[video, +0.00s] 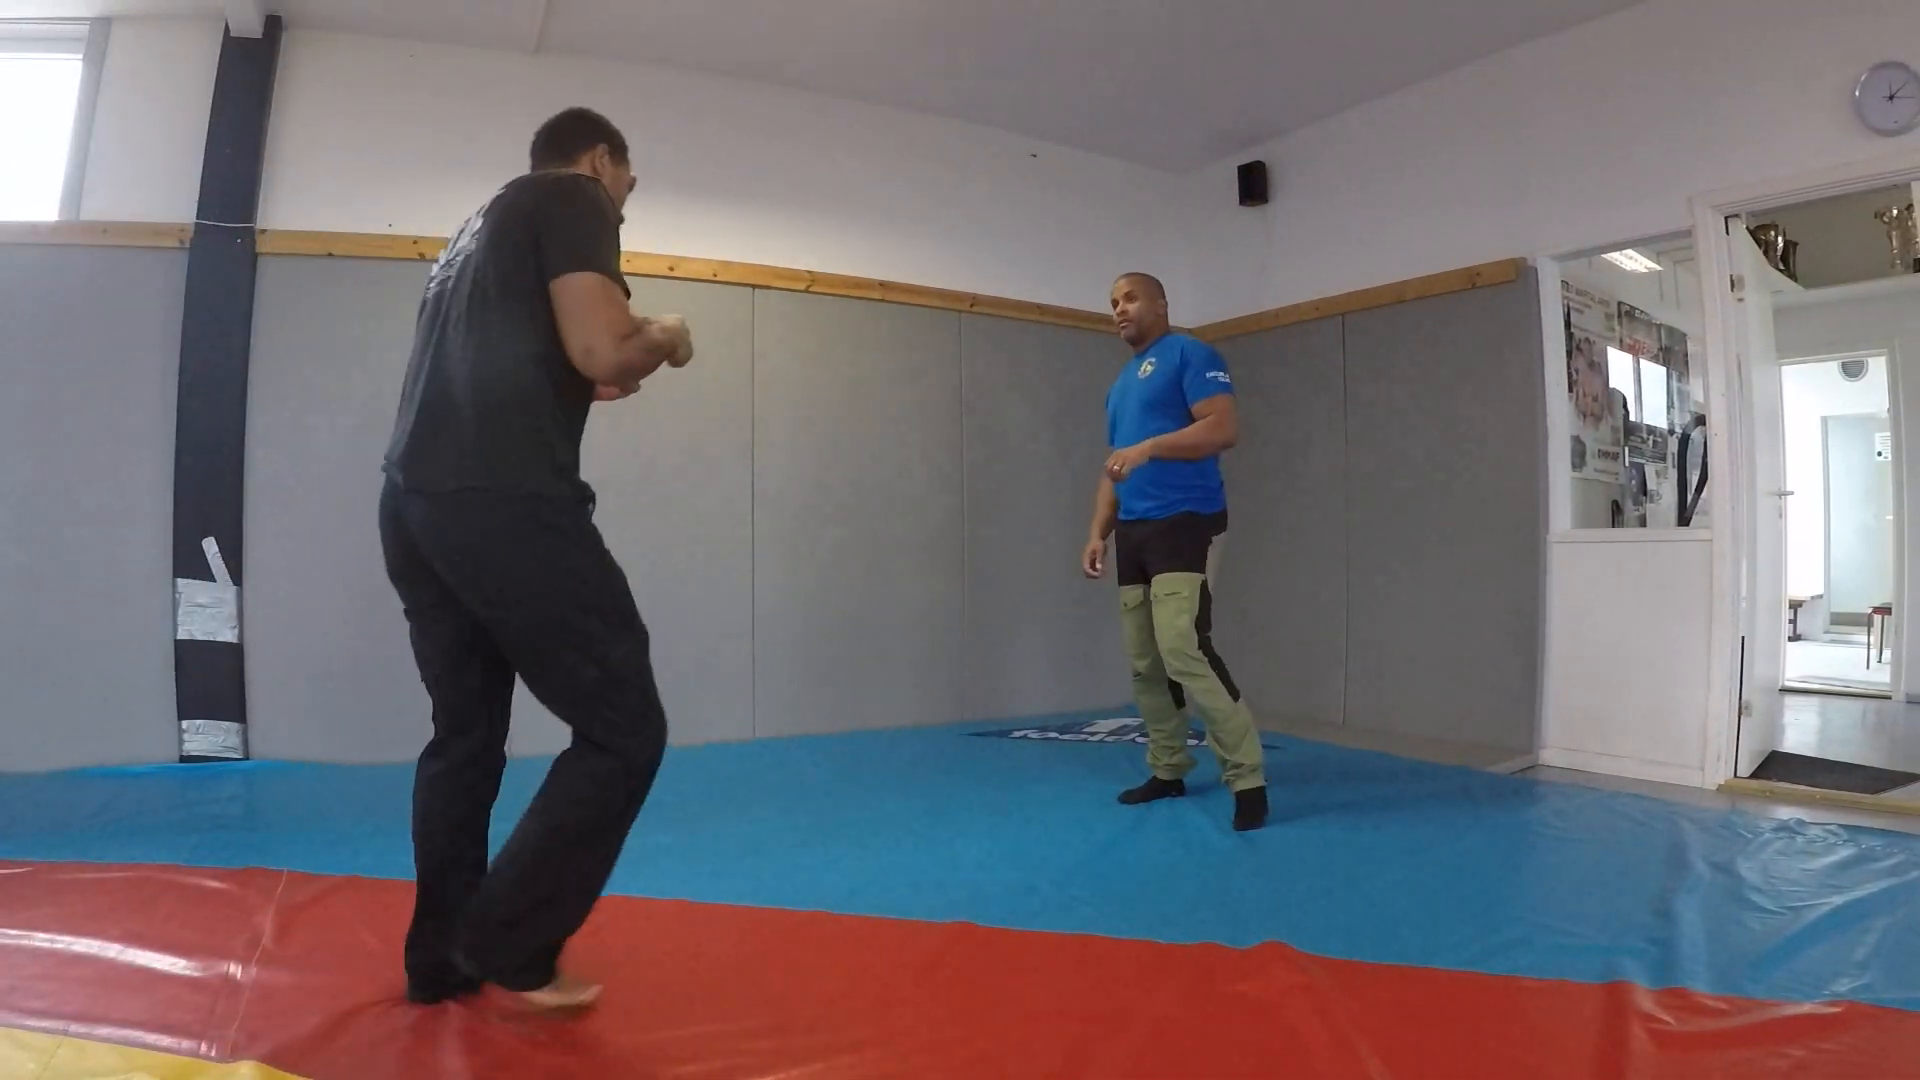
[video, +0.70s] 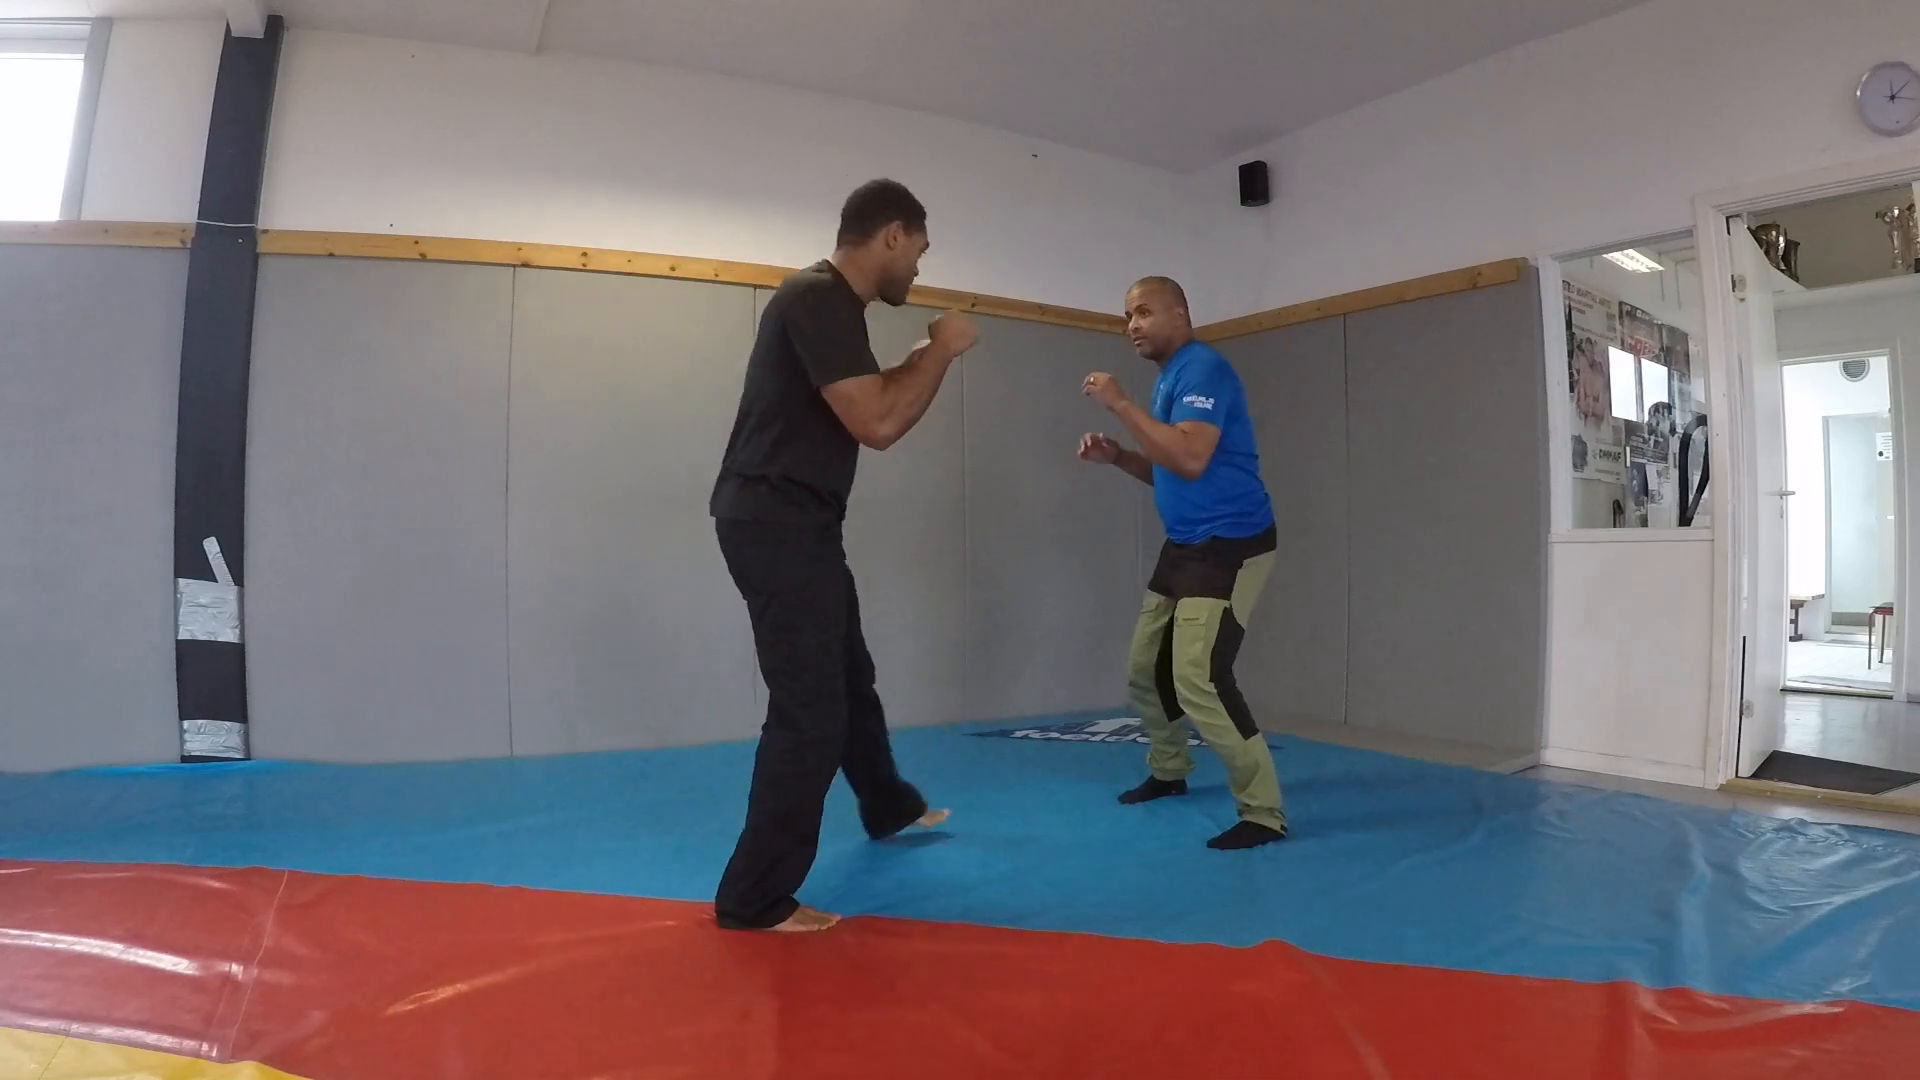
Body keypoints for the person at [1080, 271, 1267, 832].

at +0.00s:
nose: (1119, 311)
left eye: (1129, 300)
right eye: (1114, 305)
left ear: (1161, 304)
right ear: (1115, 318)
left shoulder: (1191, 354)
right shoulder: (1120, 386)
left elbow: (1222, 428)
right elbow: (1116, 465)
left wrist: (1147, 448)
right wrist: (1098, 531)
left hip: (1184, 522)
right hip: (1133, 529)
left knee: (1182, 650)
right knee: (1146, 661)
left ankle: (1248, 778)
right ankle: (1167, 773)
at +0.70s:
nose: (1132, 326)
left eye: (1143, 312)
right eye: (1128, 318)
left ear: (1181, 315)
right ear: (1135, 329)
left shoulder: (1206, 370)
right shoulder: (1167, 383)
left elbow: (1190, 457)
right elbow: (1171, 471)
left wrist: (1122, 405)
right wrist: (1118, 456)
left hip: (1233, 545)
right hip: (1185, 544)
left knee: (1199, 677)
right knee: (1148, 671)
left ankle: (1264, 815)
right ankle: (1170, 773)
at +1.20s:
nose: (1184, 325)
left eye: (1195, 313)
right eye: (1181, 317)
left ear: (1237, 317)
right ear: (1182, 324)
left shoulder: (1275, 382)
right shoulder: (1174, 374)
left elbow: (1282, 470)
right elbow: (1106, 421)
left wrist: (1231, 397)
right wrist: (1052, 373)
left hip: (1266, 541)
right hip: (1209, 545)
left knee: (1227, 667)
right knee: (1221, 667)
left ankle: (1266, 815)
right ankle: (1257, 751)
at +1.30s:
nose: (1184, 327)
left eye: (1194, 316)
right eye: (1179, 319)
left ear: (1231, 321)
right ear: (1181, 329)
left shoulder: (1271, 378)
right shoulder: (1175, 387)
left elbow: (1264, 442)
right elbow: (1138, 465)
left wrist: (1216, 368)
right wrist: (1100, 424)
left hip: (1264, 540)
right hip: (1211, 546)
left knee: (1229, 664)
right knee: (1225, 664)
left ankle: (1268, 815)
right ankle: (1255, 758)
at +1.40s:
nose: (1173, 334)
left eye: (1184, 322)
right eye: (1168, 327)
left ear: (1221, 326)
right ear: (1170, 337)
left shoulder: (1257, 374)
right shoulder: (1174, 400)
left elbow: (1231, 409)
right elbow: (1164, 484)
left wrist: (1166, 344)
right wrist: (1139, 476)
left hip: (1264, 544)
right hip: (1214, 550)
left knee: (1224, 668)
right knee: (1225, 670)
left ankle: (1267, 813)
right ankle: (1258, 759)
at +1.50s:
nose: (1161, 341)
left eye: (1170, 329)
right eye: (1157, 335)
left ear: (1208, 330)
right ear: (1166, 343)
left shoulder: (1235, 373)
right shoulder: (1181, 397)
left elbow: (1175, 393)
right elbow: (1185, 485)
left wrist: (1096, 367)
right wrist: (1163, 491)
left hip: (1265, 545)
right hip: (1222, 548)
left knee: (1224, 673)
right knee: (1211, 671)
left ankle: (1267, 813)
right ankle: (1254, 758)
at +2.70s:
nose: (1102, 337)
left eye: (1113, 324)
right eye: (1097, 327)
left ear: (1151, 320)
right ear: (1096, 329)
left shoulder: (1193, 390)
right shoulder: (1092, 373)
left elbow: (1230, 481)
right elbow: (1012, 378)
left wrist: (1165, 447)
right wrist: (981, 310)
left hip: (1175, 549)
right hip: (1126, 552)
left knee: (1109, 672)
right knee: (1162, 672)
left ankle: (1149, 817)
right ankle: (1226, 726)